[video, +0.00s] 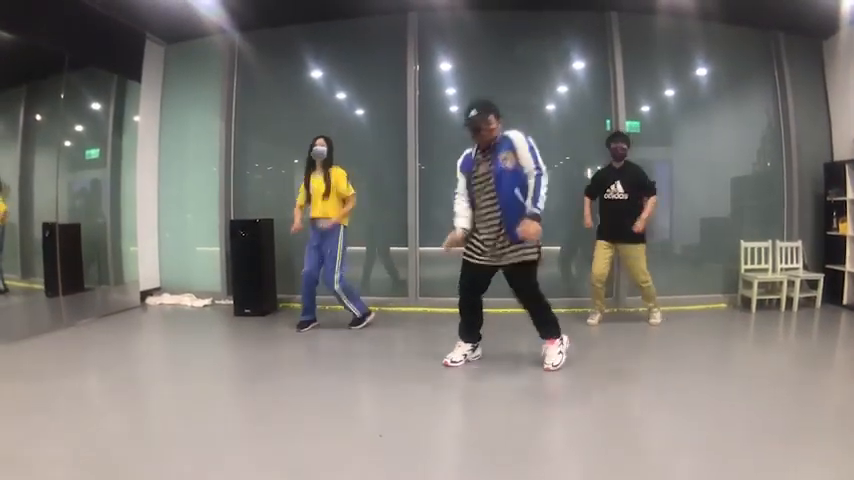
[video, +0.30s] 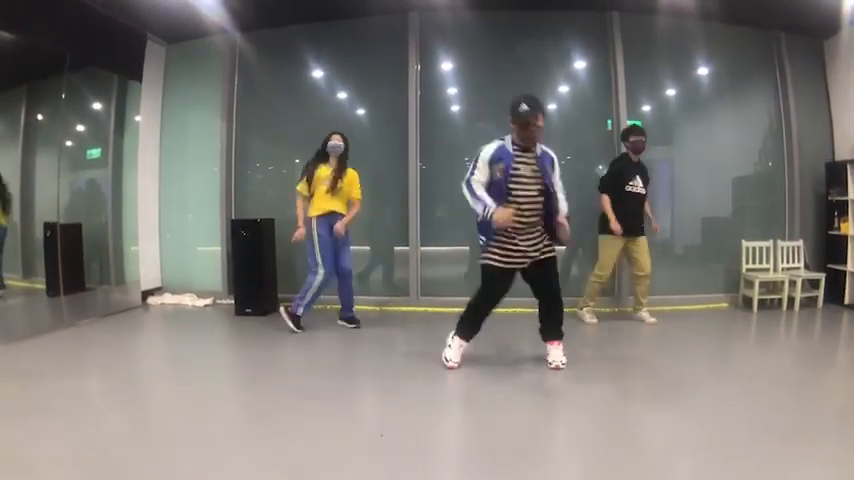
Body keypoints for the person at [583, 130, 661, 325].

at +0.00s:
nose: (618, 149)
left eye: (622, 146)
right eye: (614, 146)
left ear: (628, 149)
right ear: (609, 148)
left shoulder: (635, 172)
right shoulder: (602, 174)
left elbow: (651, 197)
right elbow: (588, 194)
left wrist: (643, 218)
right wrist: (587, 216)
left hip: (631, 235)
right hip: (606, 234)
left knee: (641, 277)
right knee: (597, 276)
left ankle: (653, 308)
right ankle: (597, 310)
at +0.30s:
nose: (639, 144)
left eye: (642, 140)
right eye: (634, 141)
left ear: (645, 142)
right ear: (626, 143)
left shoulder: (642, 169)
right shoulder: (618, 164)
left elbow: (642, 198)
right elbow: (604, 193)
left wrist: (651, 219)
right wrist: (612, 220)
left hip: (635, 228)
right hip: (614, 228)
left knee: (643, 270)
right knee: (603, 271)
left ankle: (640, 309)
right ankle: (586, 306)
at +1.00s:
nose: (609, 151)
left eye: (612, 148)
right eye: (605, 148)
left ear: (619, 148)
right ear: (600, 149)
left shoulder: (626, 171)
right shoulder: (597, 173)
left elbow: (646, 194)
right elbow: (589, 194)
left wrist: (637, 216)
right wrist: (583, 213)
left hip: (629, 234)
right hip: (604, 234)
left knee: (642, 275)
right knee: (596, 274)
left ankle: (656, 306)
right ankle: (597, 309)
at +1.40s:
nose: (635, 139)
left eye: (637, 135)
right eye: (630, 136)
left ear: (641, 138)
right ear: (621, 139)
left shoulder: (641, 167)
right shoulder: (613, 163)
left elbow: (641, 195)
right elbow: (601, 192)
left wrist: (648, 219)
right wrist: (606, 222)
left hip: (634, 227)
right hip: (612, 226)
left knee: (638, 270)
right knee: (602, 271)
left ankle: (633, 307)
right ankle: (589, 307)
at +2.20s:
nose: (606, 150)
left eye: (609, 146)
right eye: (602, 146)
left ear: (615, 149)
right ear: (596, 149)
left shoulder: (623, 171)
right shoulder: (589, 173)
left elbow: (641, 193)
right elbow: (578, 195)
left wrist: (628, 217)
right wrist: (580, 218)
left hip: (621, 234)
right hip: (596, 234)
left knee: (632, 276)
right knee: (590, 276)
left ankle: (649, 308)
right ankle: (589, 311)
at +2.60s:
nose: (632, 146)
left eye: (635, 142)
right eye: (628, 142)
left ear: (638, 143)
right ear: (618, 142)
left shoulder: (630, 165)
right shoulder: (607, 163)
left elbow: (628, 194)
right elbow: (587, 186)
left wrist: (639, 212)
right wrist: (593, 211)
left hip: (626, 228)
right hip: (603, 228)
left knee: (632, 272)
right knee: (597, 272)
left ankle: (628, 310)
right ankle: (584, 309)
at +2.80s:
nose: (646, 157)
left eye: (648, 153)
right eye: (642, 154)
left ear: (650, 154)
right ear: (633, 154)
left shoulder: (643, 178)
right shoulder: (623, 171)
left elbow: (645, 202)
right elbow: (611, 195)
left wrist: (649, 222)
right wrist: (619, 222)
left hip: (628, 238)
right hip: (607, 237)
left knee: (639, 276)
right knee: (594, 280)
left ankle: (627, 313)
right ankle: (571, 311)